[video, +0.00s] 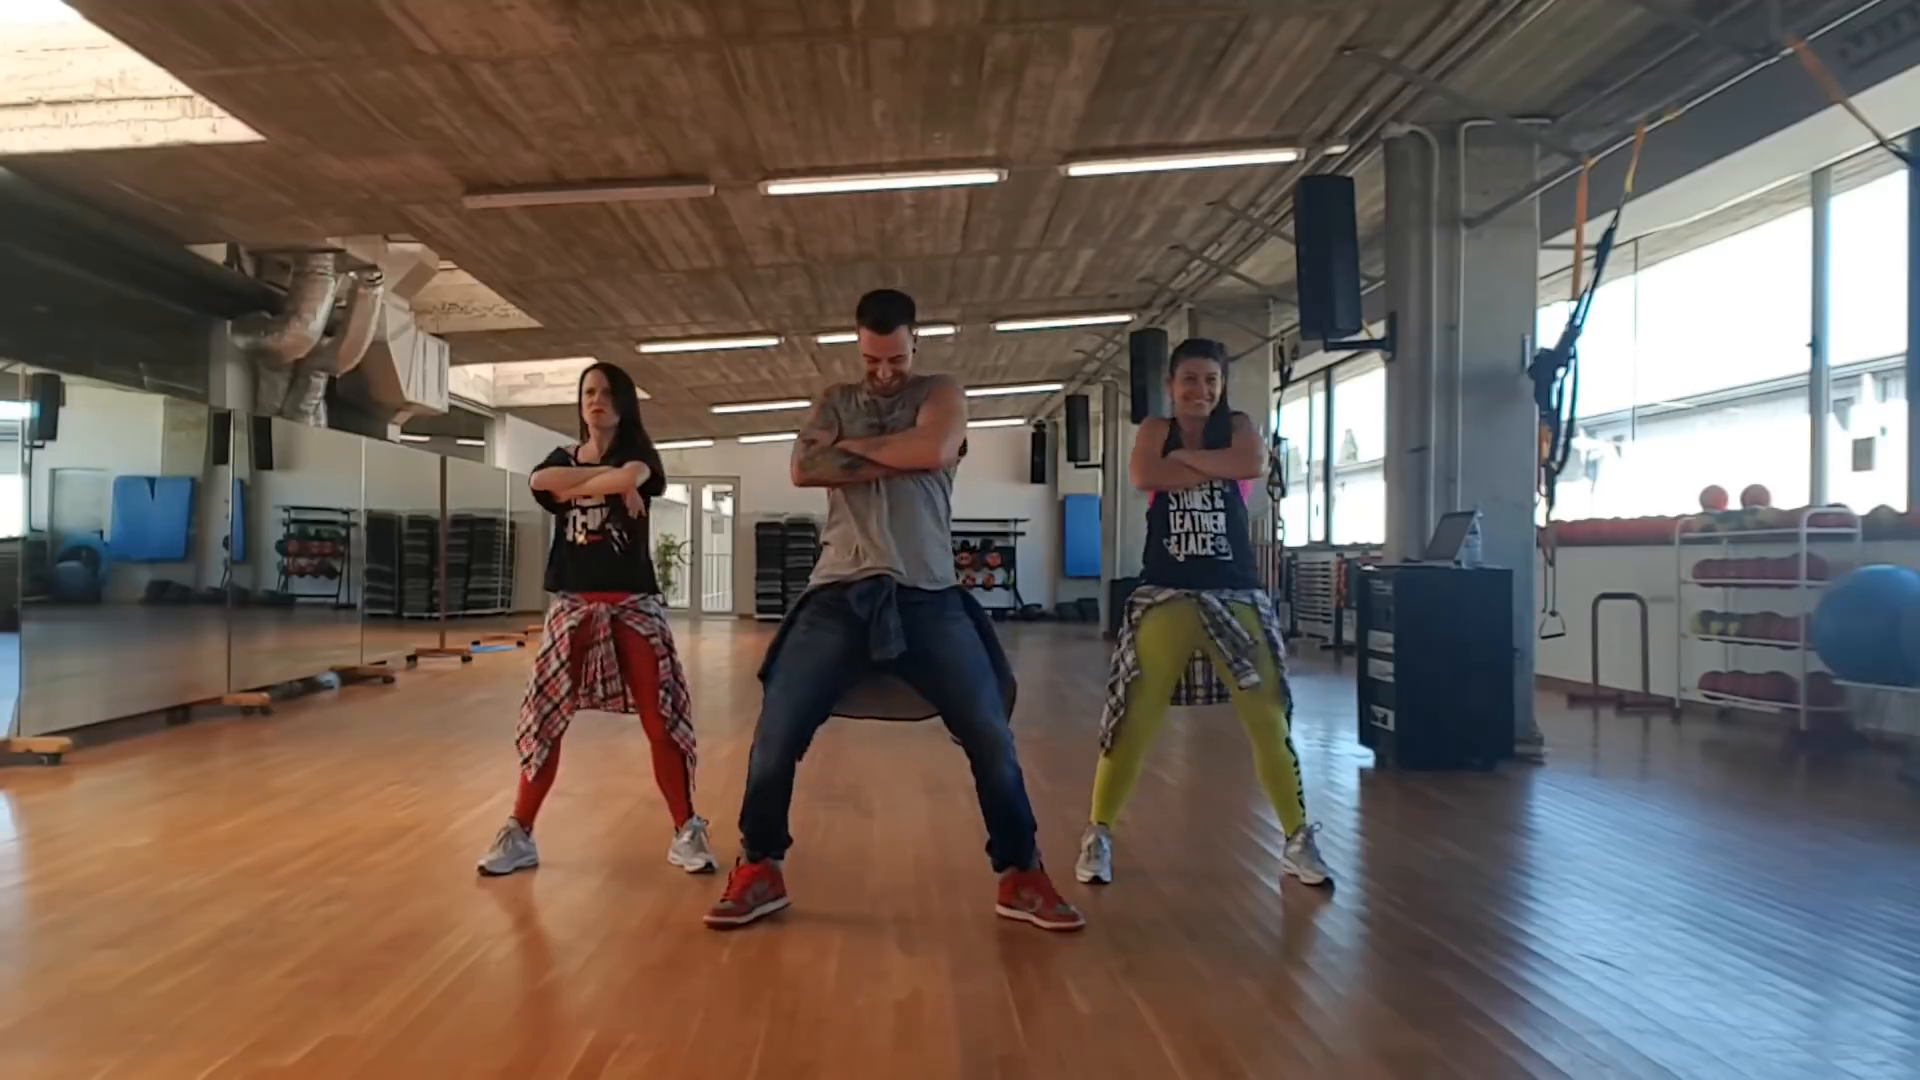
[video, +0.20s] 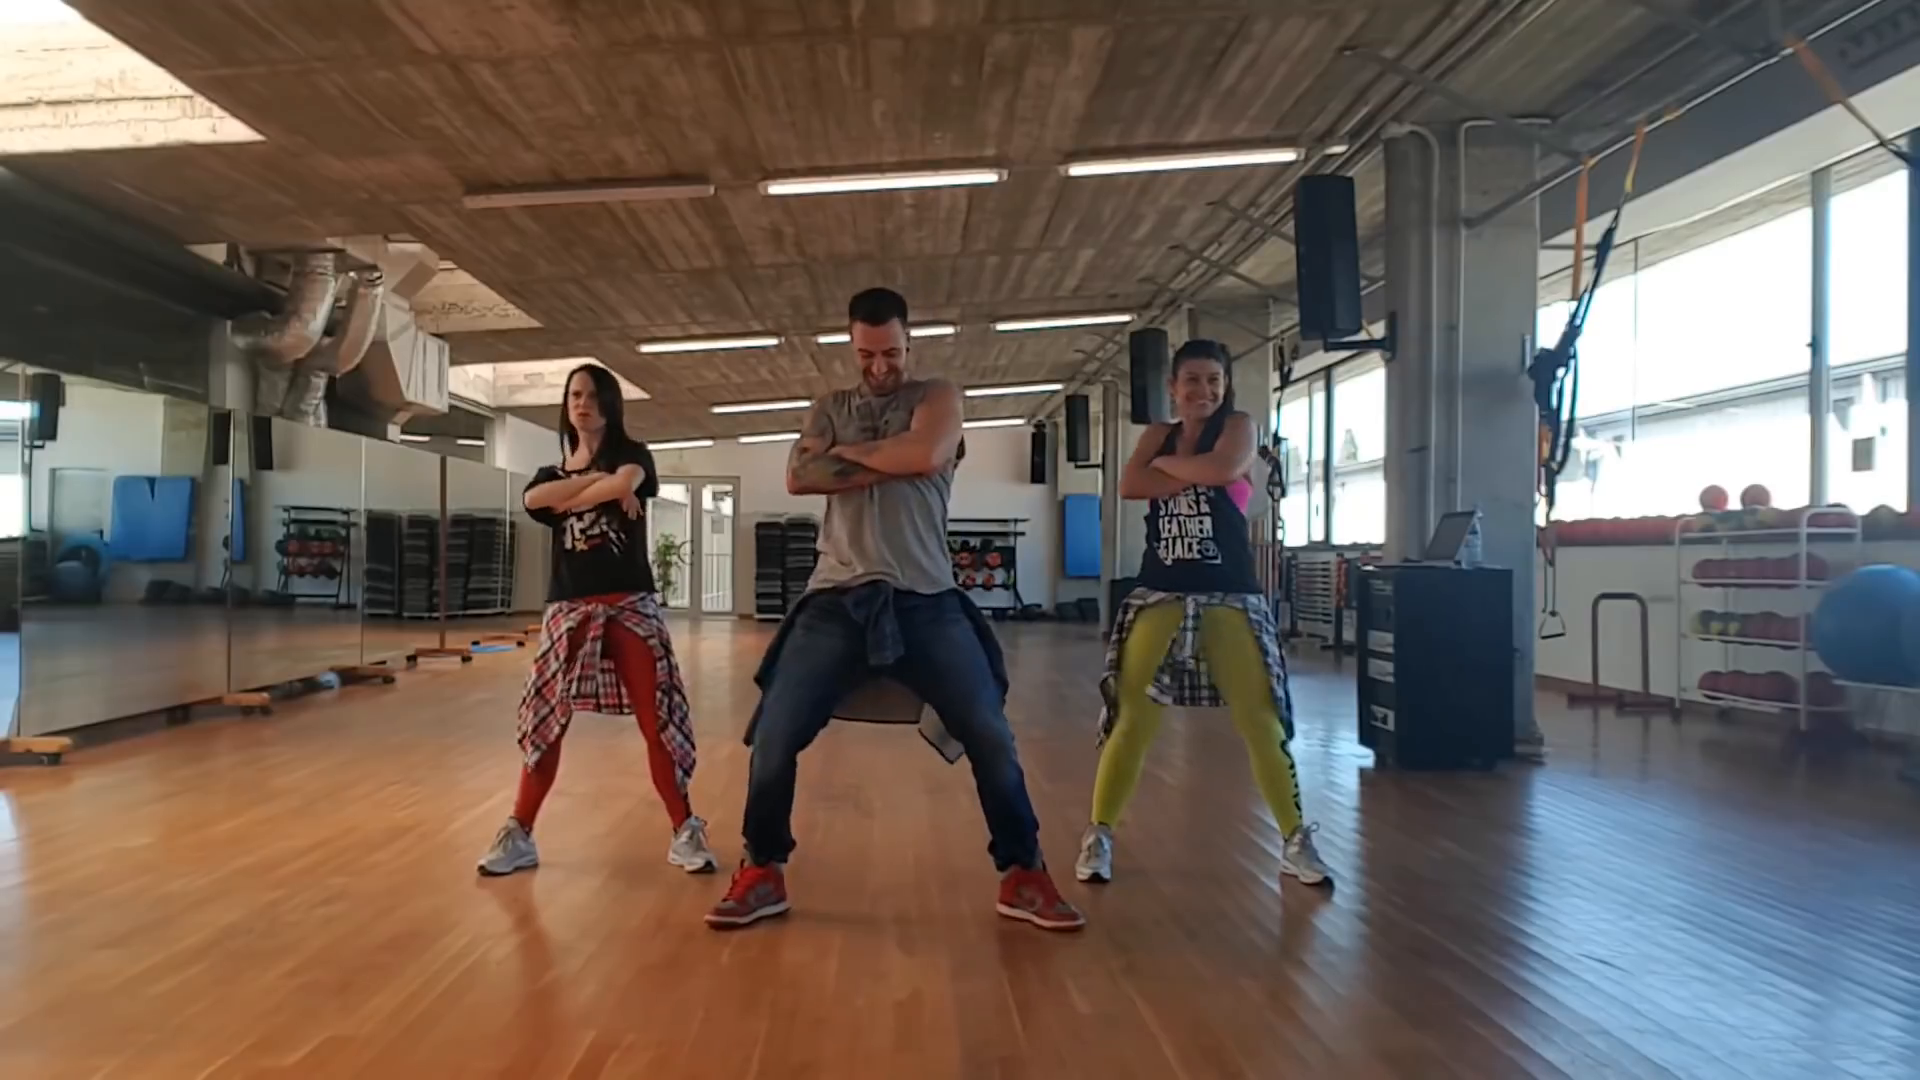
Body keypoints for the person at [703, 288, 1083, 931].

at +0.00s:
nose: (881, 370)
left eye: (893, 357)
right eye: (871, 358)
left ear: (913, 343)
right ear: (856, 346)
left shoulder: (941, 392)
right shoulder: (835, 401)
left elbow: (933, 448)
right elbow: (804, 470)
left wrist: (842, 444)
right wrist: (900, 458)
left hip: (927, 591)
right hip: (838, 590)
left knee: (987, 728)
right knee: (777, 728)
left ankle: (1020, 875)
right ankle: (759, 869)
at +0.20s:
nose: (879, 365)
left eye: (890, 352)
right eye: (868, 354)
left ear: (908, 343)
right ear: (851, 347)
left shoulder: (938, 397)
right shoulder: (830, 409)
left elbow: (924, 455)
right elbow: (801, 476)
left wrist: (836, 449)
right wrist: (890, 463)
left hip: (926, 597)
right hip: (835, 596)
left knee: (989, 730)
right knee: (772, 735)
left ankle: (1023, 875)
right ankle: (762, 872)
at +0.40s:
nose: (905, 335)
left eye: (916, 323)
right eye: (894, 324)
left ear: (933, 329)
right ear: (877, 331)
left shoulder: (955, 394)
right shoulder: (856, 389)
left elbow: (976, 451)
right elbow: (840, 452)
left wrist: (881, 438)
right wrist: (934, 453)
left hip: (952, 591)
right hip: (862, 589)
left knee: (1010, 729)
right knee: (796, 727)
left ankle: (1034, 871)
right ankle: (773, 873)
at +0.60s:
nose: (925, 335)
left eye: (937, 325)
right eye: (914, 324)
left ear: (953, 334)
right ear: (896, 331)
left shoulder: (974, 408)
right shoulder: (874, 392)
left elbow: (1006, 467)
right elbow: (874, 463)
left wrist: (916, 445)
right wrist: (966, 472)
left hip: (968, 599)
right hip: (879, 598)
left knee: (1021, 735)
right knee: (813, 734)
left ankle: (1032, 874)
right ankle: (777, 874)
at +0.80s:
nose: (910, 334)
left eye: (921, 323)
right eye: (899, 323)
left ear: (937, 331)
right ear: (882, 331)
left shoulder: (958, 398)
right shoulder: (855, 392)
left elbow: (973, 454)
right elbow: (837, 459)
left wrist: (883, 441)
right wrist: (930, 457)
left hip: (947, 595)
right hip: (858, 591)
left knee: (1007, 731)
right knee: (788, 731)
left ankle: (1030, 873)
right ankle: (768, 870)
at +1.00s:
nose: (880, 319)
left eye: (892, 309)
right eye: (869, 309)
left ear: (910, 324)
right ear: (850, 323)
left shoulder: (932, 388)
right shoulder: (827, 397)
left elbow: (926, 454)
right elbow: (796, 473)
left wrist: (838, 446)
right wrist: (889, 463)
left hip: (921, 595)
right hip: (832, 593)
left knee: (985, 730)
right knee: (766, 731)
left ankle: (1013, 876)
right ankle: (755, 869)